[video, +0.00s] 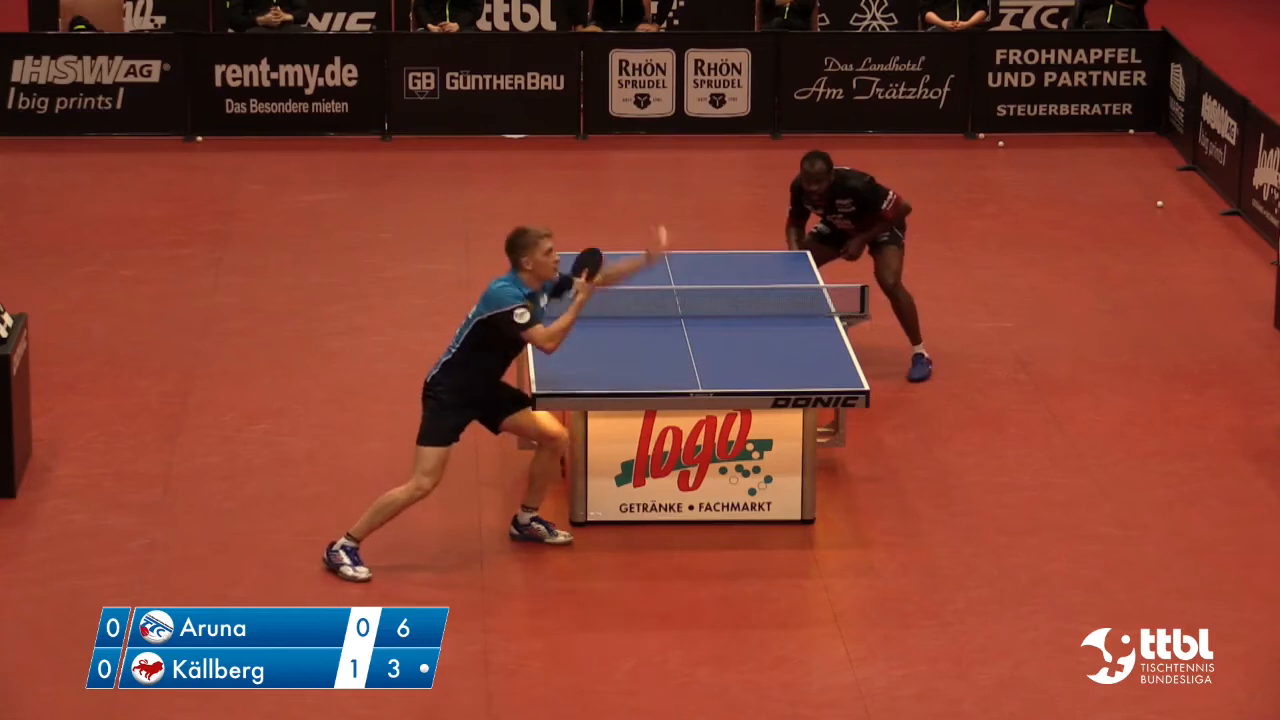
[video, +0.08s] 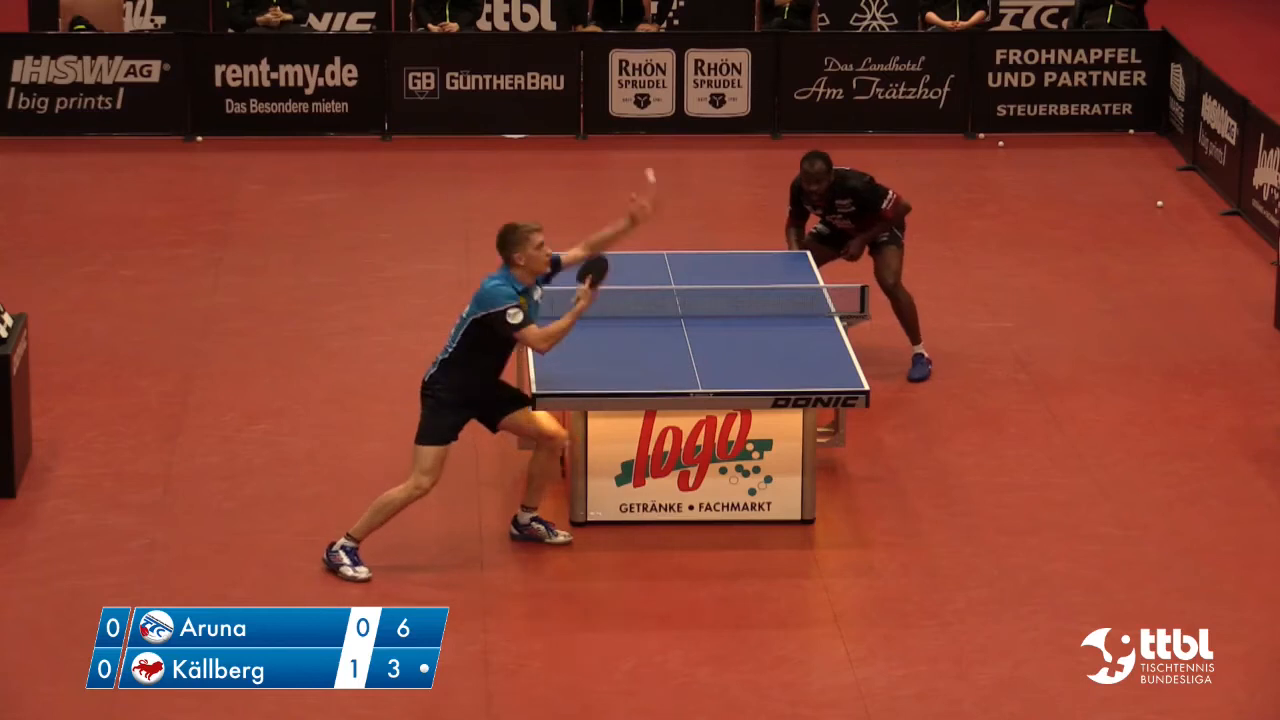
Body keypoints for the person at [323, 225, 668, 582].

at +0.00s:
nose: (556, 258)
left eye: (554, 252)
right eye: (548, 253)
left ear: (539, 259)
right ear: (525, 261)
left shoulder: (546, 284)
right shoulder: (505, 295)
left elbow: (600, 278)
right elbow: (547, 341)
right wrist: (581, 299)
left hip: (486, 389)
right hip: (448, 390)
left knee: (555, 437)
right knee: (422, 484)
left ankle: (526, 519)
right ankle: (345, 546)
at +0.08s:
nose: (550, 253)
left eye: (546, 246)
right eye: (542, 249)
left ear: (525, 255)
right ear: (519, 259)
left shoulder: (534, 272)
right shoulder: (499, 294)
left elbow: (585, 251)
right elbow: (541, 342)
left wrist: (629, 223)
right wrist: (579, 308)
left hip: (484, 387)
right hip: (447, 389)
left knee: (553, 437)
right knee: (421, 482)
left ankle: (527, 520)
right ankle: (344, 547)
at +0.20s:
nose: (534, 244)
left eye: (531, 238)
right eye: (526, 241)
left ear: (511, 252)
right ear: (504, 254)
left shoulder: (517, 271)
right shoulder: (486, 295)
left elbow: (562, 236)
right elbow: (510, 356)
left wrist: (605, 204)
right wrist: (566, 349)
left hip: (480, 384)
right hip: (442, 388)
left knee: (548, 437)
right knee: (419, 482)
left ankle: (526, 519)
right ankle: (344, 546)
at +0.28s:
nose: (525, 242)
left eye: (522, 236)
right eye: (517, 239)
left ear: (504, 250)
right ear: (496, 252)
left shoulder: (510, 271)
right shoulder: (476, 298)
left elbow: (545, 237)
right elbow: (481, 367)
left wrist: (585, 206)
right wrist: (527, 387)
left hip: (477, 385)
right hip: (440, 389)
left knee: (543, 436)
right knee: (417, 481)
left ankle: (526, 519)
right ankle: (344, 547)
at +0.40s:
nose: (516, 237)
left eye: (512, 232)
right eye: (507, 235)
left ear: (495, 248)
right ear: (486, 250)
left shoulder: (500, 269)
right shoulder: (458, 297)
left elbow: (525, 242)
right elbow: (425, 357)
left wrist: (559, 219)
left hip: (473, 377)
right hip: (435, 385)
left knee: (534, 434)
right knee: (413, 479)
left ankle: (525, 519)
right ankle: (342, 547)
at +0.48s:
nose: (510, 238)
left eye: (507, 232)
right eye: (502, 235)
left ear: (493, 247)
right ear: (482, 249)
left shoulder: (495, 269)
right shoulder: (448, 293)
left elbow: (516, 248)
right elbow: (397, 335)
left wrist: (549, 230)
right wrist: (404, 387)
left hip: (469, 380)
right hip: (431, 385)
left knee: (528, 434)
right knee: (408, 478)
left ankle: (525, 520)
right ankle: (342, 548)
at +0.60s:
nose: (513, 238)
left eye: (508, 231)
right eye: (503, 235)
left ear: (491, 247)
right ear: (482, 248)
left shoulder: (492, 272)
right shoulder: (444, 281)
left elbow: (508, 266)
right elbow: (379, 301)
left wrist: (545, 264)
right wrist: (386, 349)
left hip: (463, 377)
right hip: (422, 381)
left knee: (516, 435)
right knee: (400, 473)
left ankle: (523, 520)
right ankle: (339, 549)